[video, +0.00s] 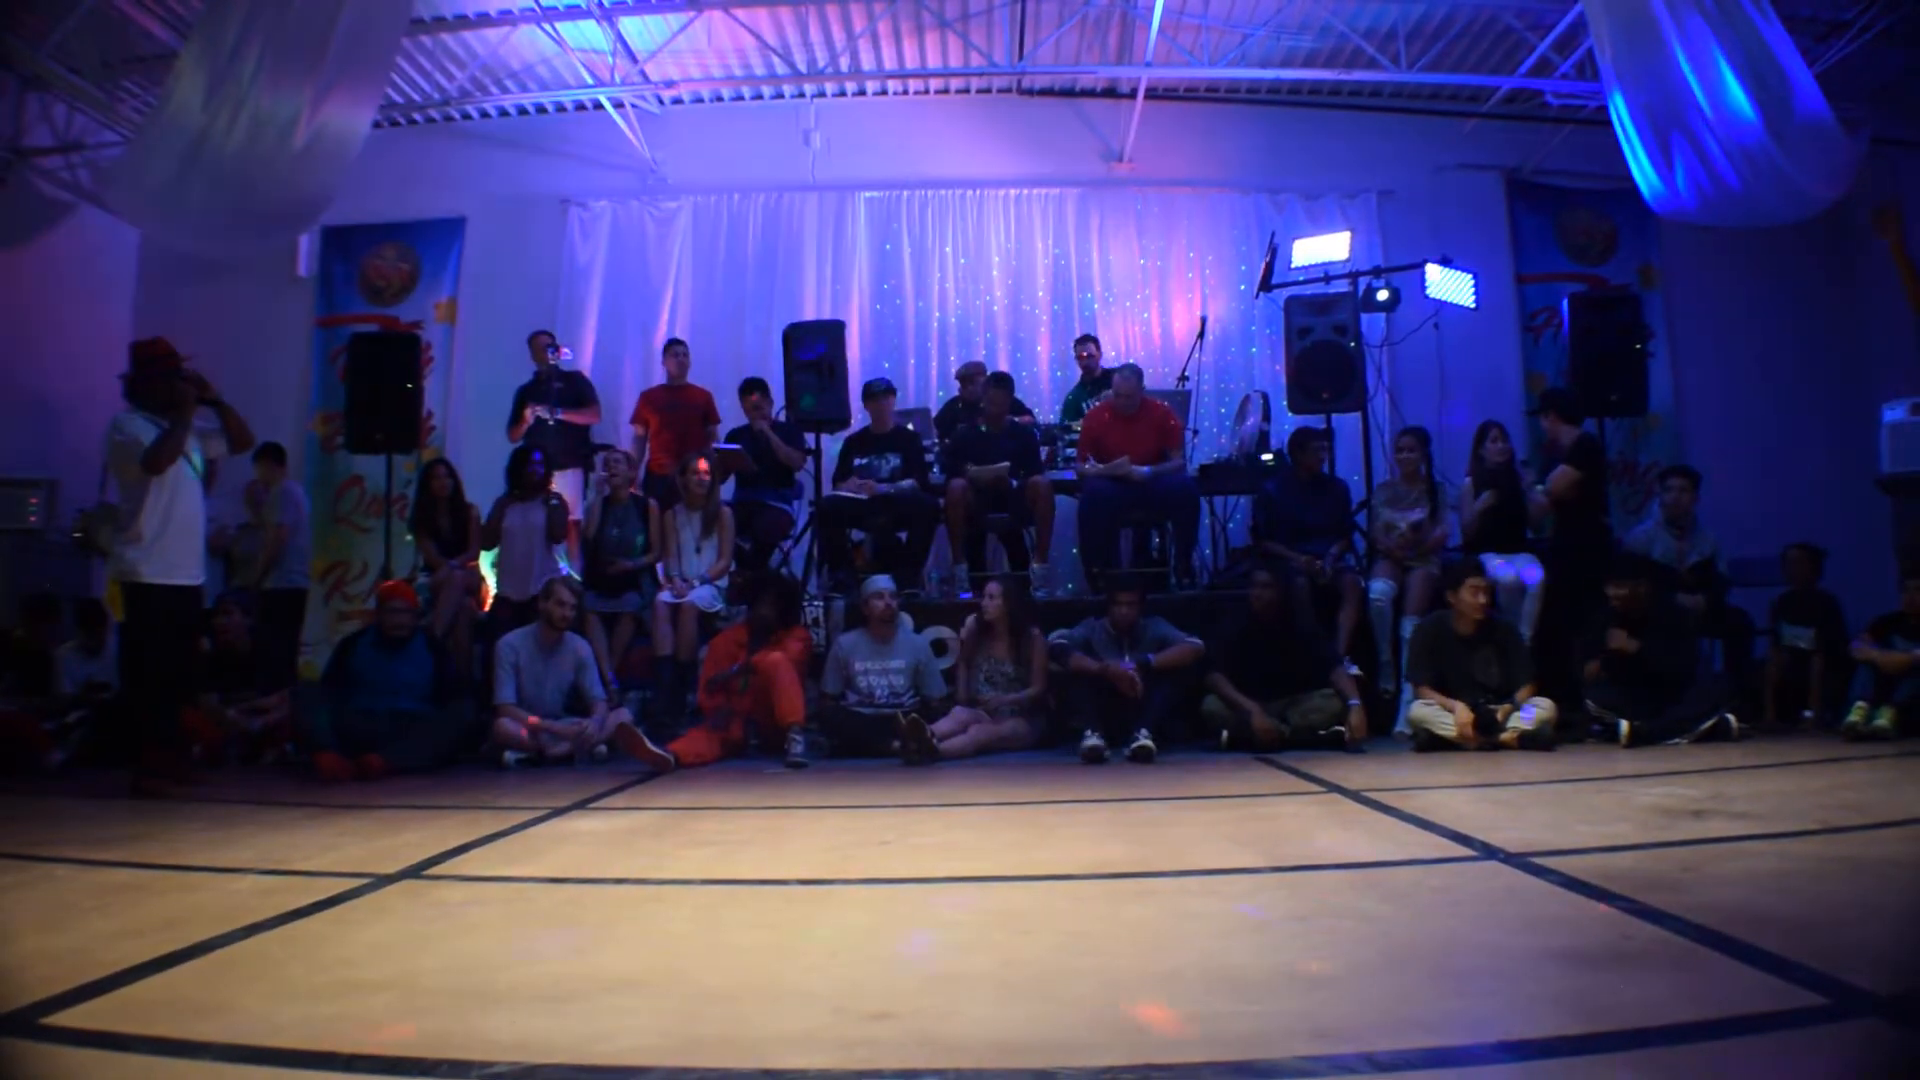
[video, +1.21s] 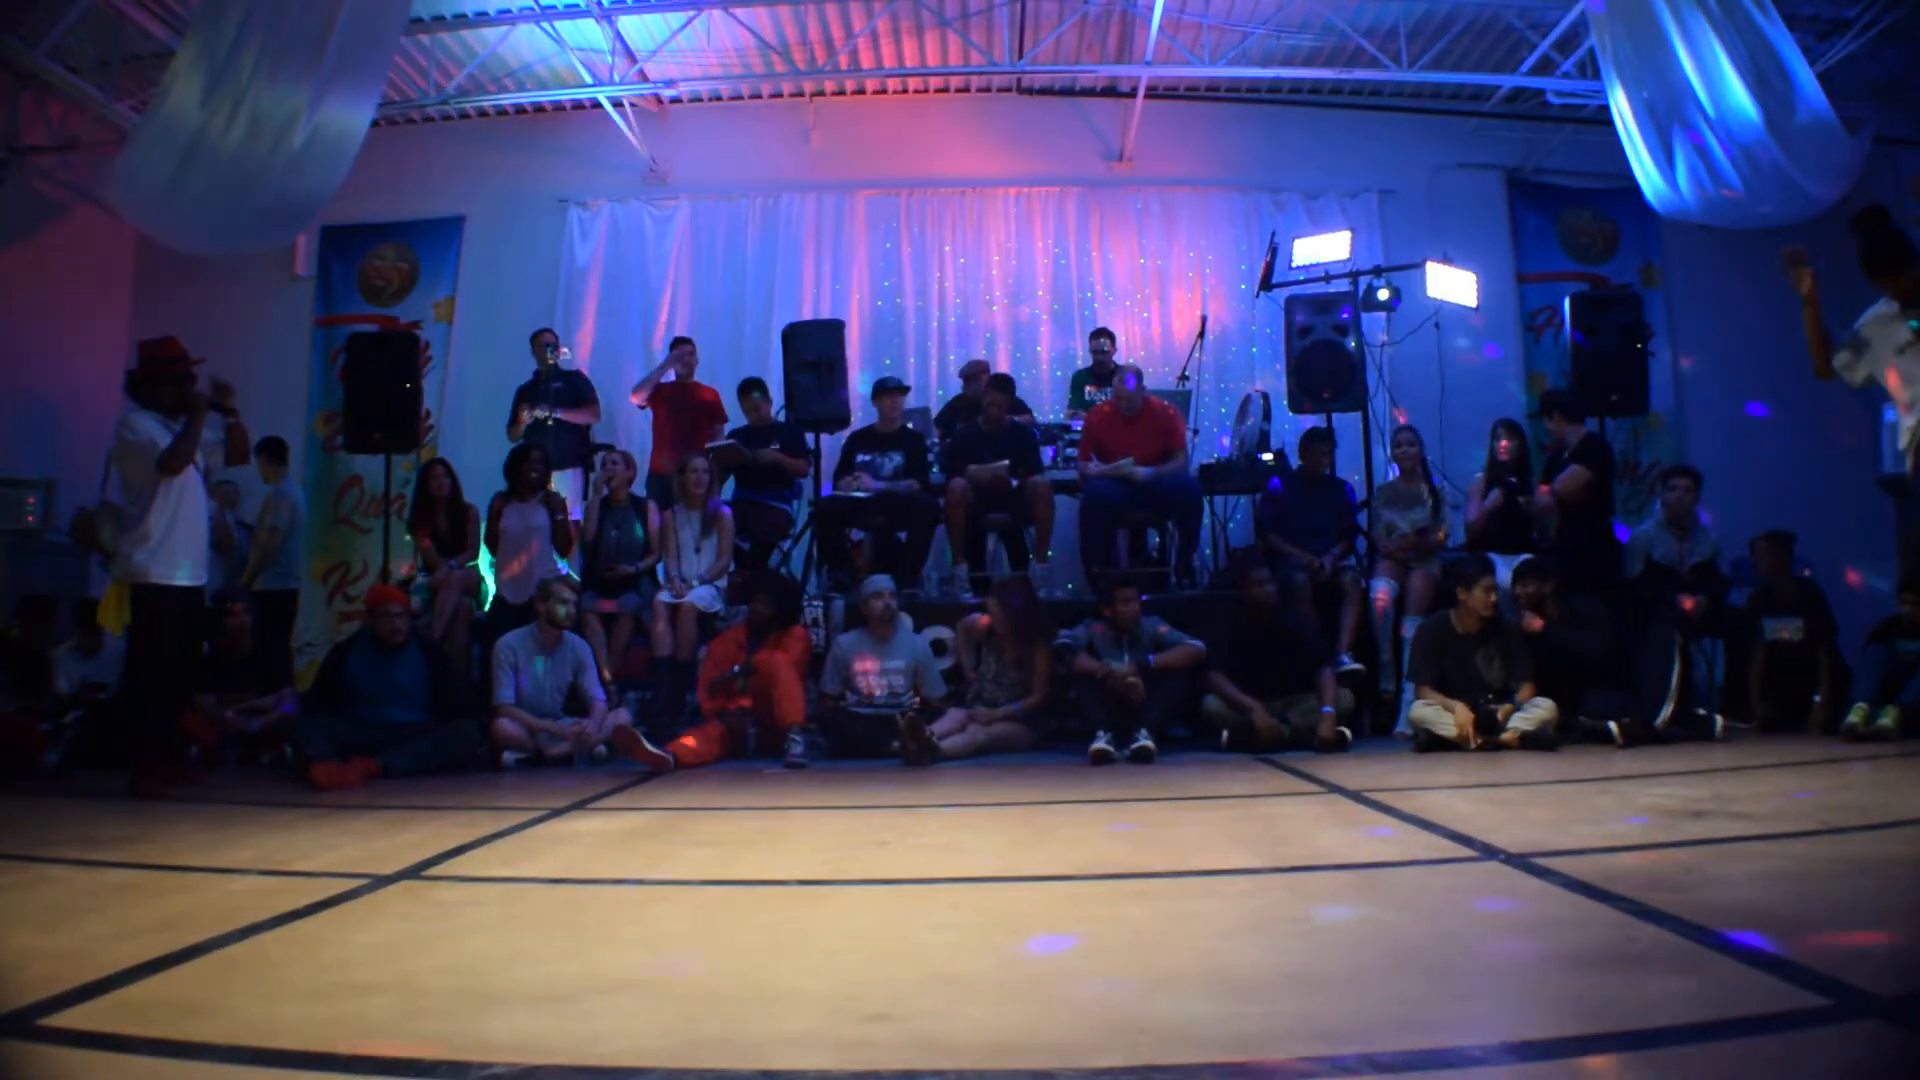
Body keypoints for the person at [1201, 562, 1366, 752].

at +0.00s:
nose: (1257, 594)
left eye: (1265, 587)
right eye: (1254, 587)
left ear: (1281, 592)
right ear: (1248, 590)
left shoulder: (1298, 626)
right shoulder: (1239, 628)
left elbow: (1334, 669)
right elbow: (1214, 675)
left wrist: (1355, 706)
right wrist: (1253, 711)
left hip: (1297, 701)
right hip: (1249, 705)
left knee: (1332, 703)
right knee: (1211, 706)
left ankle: (1253, 738)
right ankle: (1310, 739)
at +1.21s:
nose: (1268, 590)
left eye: (1270, 583)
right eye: (1259, 585)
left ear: (1276, 585)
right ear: (1245, 591)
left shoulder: (1293, 621)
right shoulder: (1235, 627)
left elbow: (1323, 668)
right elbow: (1214, 675)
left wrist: (1328, 713)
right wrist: (1255, 709)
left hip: (1296, 699)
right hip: (1249, 703)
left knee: (1344, 698)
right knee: (1211, 705)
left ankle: (1255, 738)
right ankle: (1311, 738)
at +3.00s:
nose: (1241, 598)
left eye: (1248, 591)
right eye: (1238, 591)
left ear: (1268, 592)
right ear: (1232, 593)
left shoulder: (1293, 624)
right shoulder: (1230, 628)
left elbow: (1328, 671)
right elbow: (1213, 675)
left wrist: (1303, 716)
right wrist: (1254, 710)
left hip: (1294, 698)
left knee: (1343, 699)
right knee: (1211, 705)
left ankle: (1255, 741)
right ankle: (1309, 740)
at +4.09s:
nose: (1259, 581)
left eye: (1265, 575)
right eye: (1252, 576)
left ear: (1274, 580)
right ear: (1242, 582)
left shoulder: (1292, 617)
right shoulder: (1231, 621)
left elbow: (1324, 667)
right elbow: (1216, 676)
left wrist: (1315, 702)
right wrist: (1259, 704)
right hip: (1249, 703)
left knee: (1340, 699)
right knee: (1212, 704)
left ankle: (1249, 740)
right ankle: (1307, 739)